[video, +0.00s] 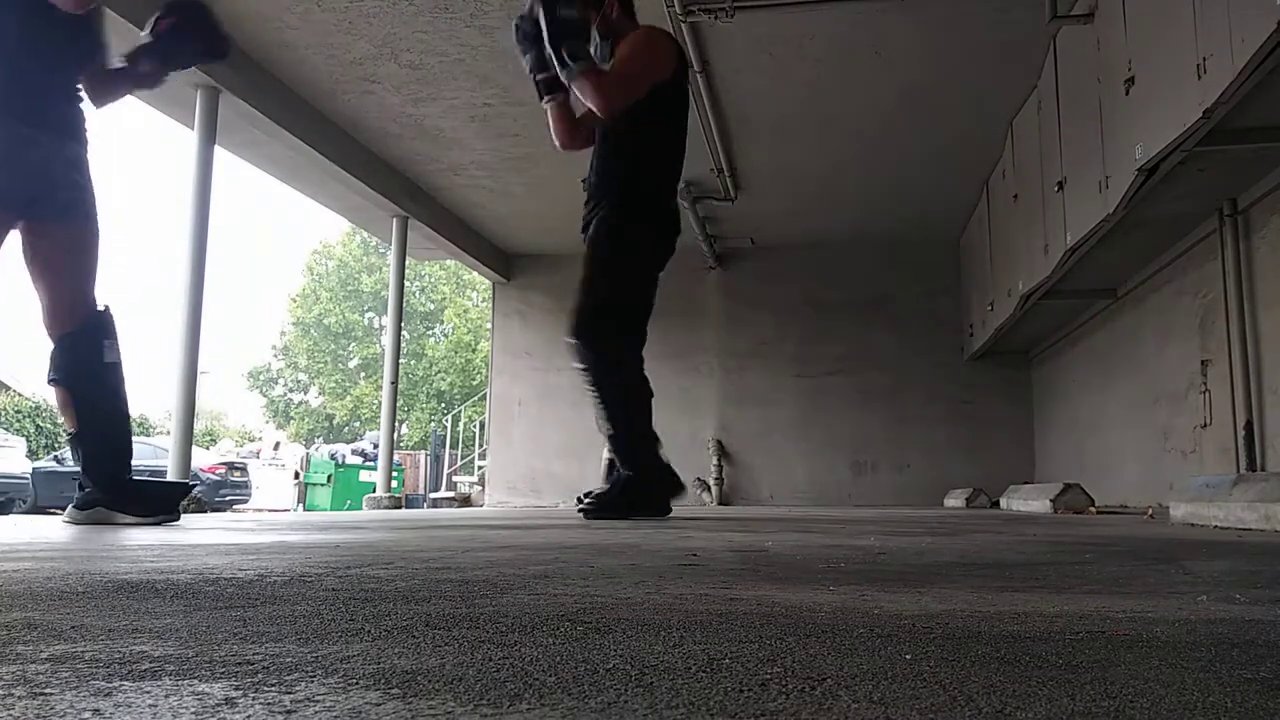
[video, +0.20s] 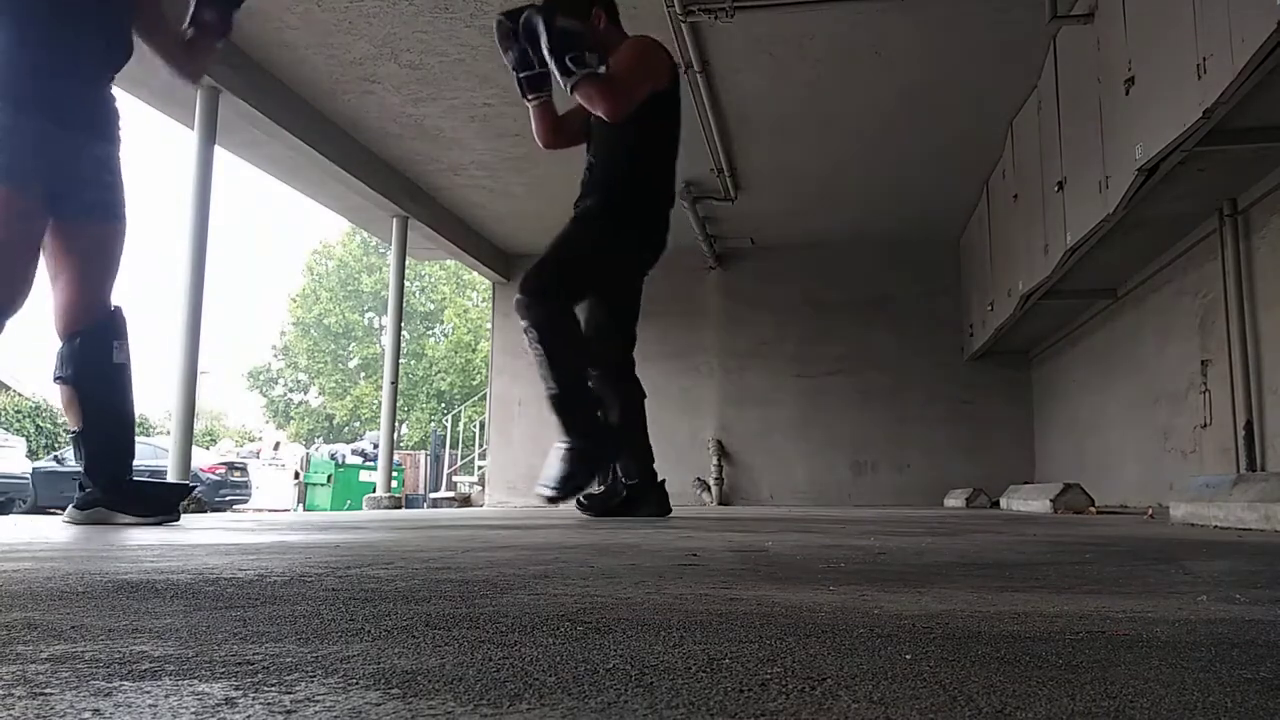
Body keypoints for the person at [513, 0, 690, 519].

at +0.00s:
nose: (584, 27)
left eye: (585, 16)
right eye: (582, 21)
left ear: (612, 7)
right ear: (604, 19)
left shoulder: (651, 43)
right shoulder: (619, 67)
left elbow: (604, 101)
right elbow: (569, 136)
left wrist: (564, 48)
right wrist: (542, 66)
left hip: (635, 220)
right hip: (615, 223)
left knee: (597, 337)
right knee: (612, 343)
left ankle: (645, 474)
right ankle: (631, 474)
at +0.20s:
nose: (568, 44)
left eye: (570, 28)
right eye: (565, 33)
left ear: (600, 18)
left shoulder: (645, 51)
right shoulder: (607, 84)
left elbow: (610, 106)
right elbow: (551, 135)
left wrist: (555, 51)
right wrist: (527, 66)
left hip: (622, 221)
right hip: (606, 225)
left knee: (537, 296)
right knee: (607, 358)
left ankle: (585, 437)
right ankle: (638, 483)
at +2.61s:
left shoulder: (506, 9)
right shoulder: (457, 40)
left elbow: (489, 76)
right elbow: (442, 138)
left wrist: (423, 36)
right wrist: (398, 91)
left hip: (483, 201)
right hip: (442, 207)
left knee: (472, 333)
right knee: (418, 336)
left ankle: (483, 487)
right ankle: (444, 472)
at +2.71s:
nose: (429, 3)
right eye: (427, 2)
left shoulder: (490, 13)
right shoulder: (461, 42)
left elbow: (491, 91)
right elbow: (443, 143)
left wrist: (408, 66)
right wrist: (384, 101)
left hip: (467, 204)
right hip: (445, 208)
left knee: (443, 336)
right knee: (431, 338)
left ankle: (479, 481)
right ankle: (448, 475)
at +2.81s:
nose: (425, 12)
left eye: (426, 8)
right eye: (424, 13)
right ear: (439, 12)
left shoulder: (483, 20)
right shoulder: (460, 51)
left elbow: (478, 87)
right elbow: (439, 151)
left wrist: (406, 58)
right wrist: (392, 108)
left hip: (459, 206)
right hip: (455, 209)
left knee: (396, 312)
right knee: (448, 341)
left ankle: (461, 456)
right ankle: (453, 486)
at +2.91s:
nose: (419, 10)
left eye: (422, 5)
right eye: (419, 9)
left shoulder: (479, 20)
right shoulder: (450, 47)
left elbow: (452, 75)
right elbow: (423, 145)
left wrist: (394, 31)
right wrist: (383, 87)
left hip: (457, 197)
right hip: (461, 206)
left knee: (359, 274)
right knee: (446, 347)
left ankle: (421, 421)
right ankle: (456, 483)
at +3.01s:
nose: (423, 14)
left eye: (427, 8)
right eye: (425, 12)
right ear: (447, 8)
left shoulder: (479, 21)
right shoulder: (446, 46)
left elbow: (437, 68)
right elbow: (407, 126)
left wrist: (385, 18)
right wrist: (383, 64)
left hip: (448, 197)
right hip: (456, 206)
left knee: (334, 259)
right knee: (443, 347)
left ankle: (386, 402)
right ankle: (455, 484)